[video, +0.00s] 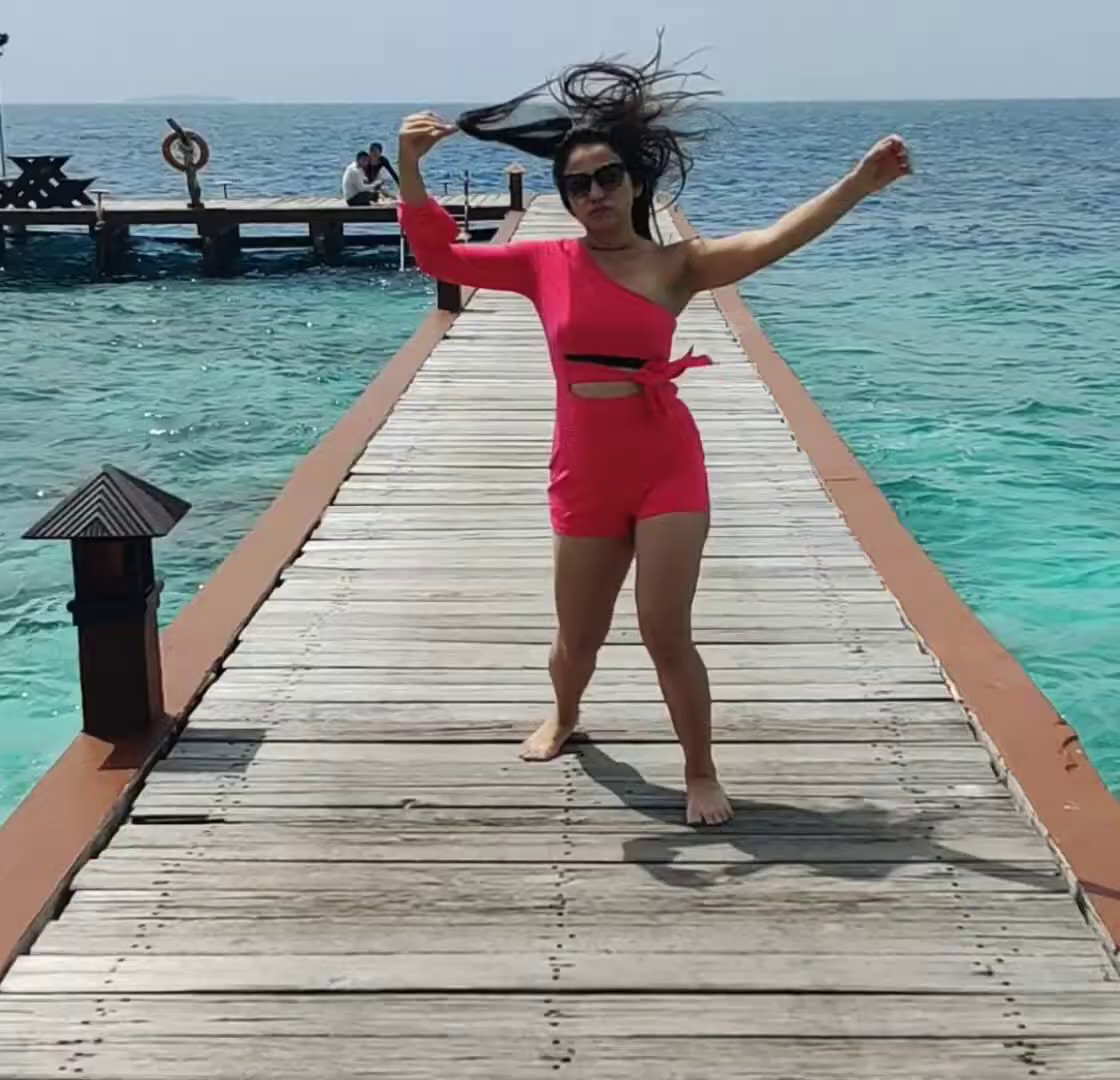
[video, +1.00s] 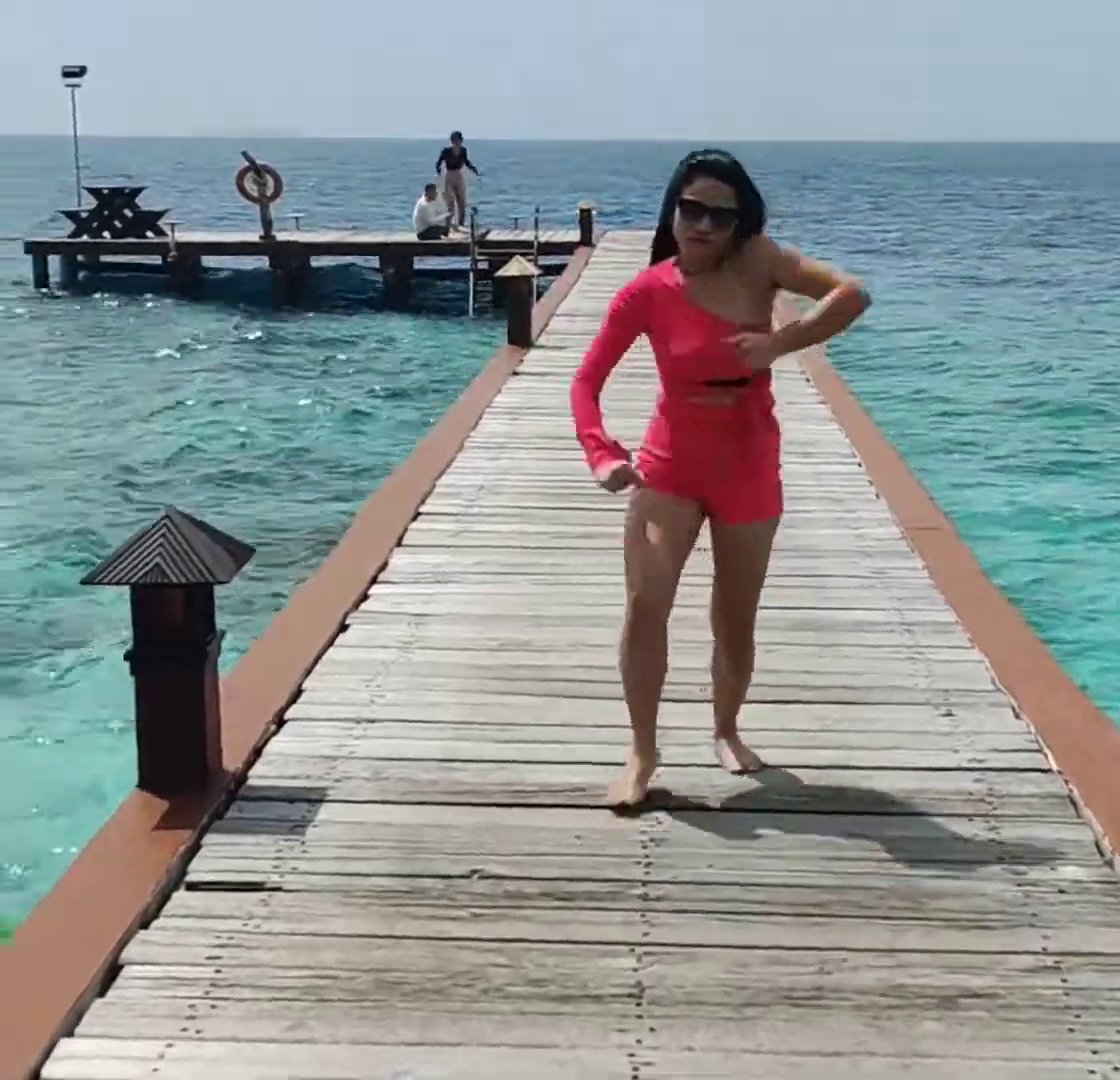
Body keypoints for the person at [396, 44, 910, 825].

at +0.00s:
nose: (595, 193)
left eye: (608, 177)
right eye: (578, 182)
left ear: (637, 181)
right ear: (563, 193)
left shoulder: (677, 264)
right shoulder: (545, 262)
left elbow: (770, 243)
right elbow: (444, 259)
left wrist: (855, 187)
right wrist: (409, 168)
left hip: (666, 465)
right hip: (582, 469)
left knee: (665, 631)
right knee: (577, 637)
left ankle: (700, 773)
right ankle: (563, 721)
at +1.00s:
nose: (701, 224)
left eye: (718, 213)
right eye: (689, 209)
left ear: (742, 219)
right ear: (671, 212)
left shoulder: (763, 263)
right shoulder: (648, 291)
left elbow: (852, 295)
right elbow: (585, 383)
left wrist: (782, 342)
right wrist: (602, 452)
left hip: (749, 465)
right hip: (670, 460)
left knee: (735, 620)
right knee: (644, 610)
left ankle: (726, 731)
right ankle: (641, 755)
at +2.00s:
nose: (521, 265)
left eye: (536, 256)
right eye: (509, 255)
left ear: (557, 267)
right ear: (491, 265)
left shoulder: (582, 320)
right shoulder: (477, 325)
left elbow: (656, 269)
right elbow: (396, 283)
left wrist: (693, 198)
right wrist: (314, 225)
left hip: (544, 523)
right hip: (473, 512)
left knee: (534, 676)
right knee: (467, 670)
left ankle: (551, 766)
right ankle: (511, 778)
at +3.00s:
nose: (478, 287)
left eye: (491, 271)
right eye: (467, 273)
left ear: (527, 261)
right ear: (459, 268)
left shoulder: (557, 294)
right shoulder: (456, 327)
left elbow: (553, 350)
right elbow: (478, 422)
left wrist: (458, 367)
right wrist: (570, 419)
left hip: (527, 514)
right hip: (451, 506)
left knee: (524, 671)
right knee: (467, 656)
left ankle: (561, 815)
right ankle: (481, 776)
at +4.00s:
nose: (458, 239)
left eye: (472, 225)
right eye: (443, 231)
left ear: (501, 235)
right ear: (430, 245)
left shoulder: (525, 320)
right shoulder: (416, 289)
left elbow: (500, 385)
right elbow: (403, 355)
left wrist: (526, 347)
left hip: (471, 508)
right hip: (392, 504)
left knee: (567, 668)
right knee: (382, 697)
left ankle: (627, 801)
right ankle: (364, 845)